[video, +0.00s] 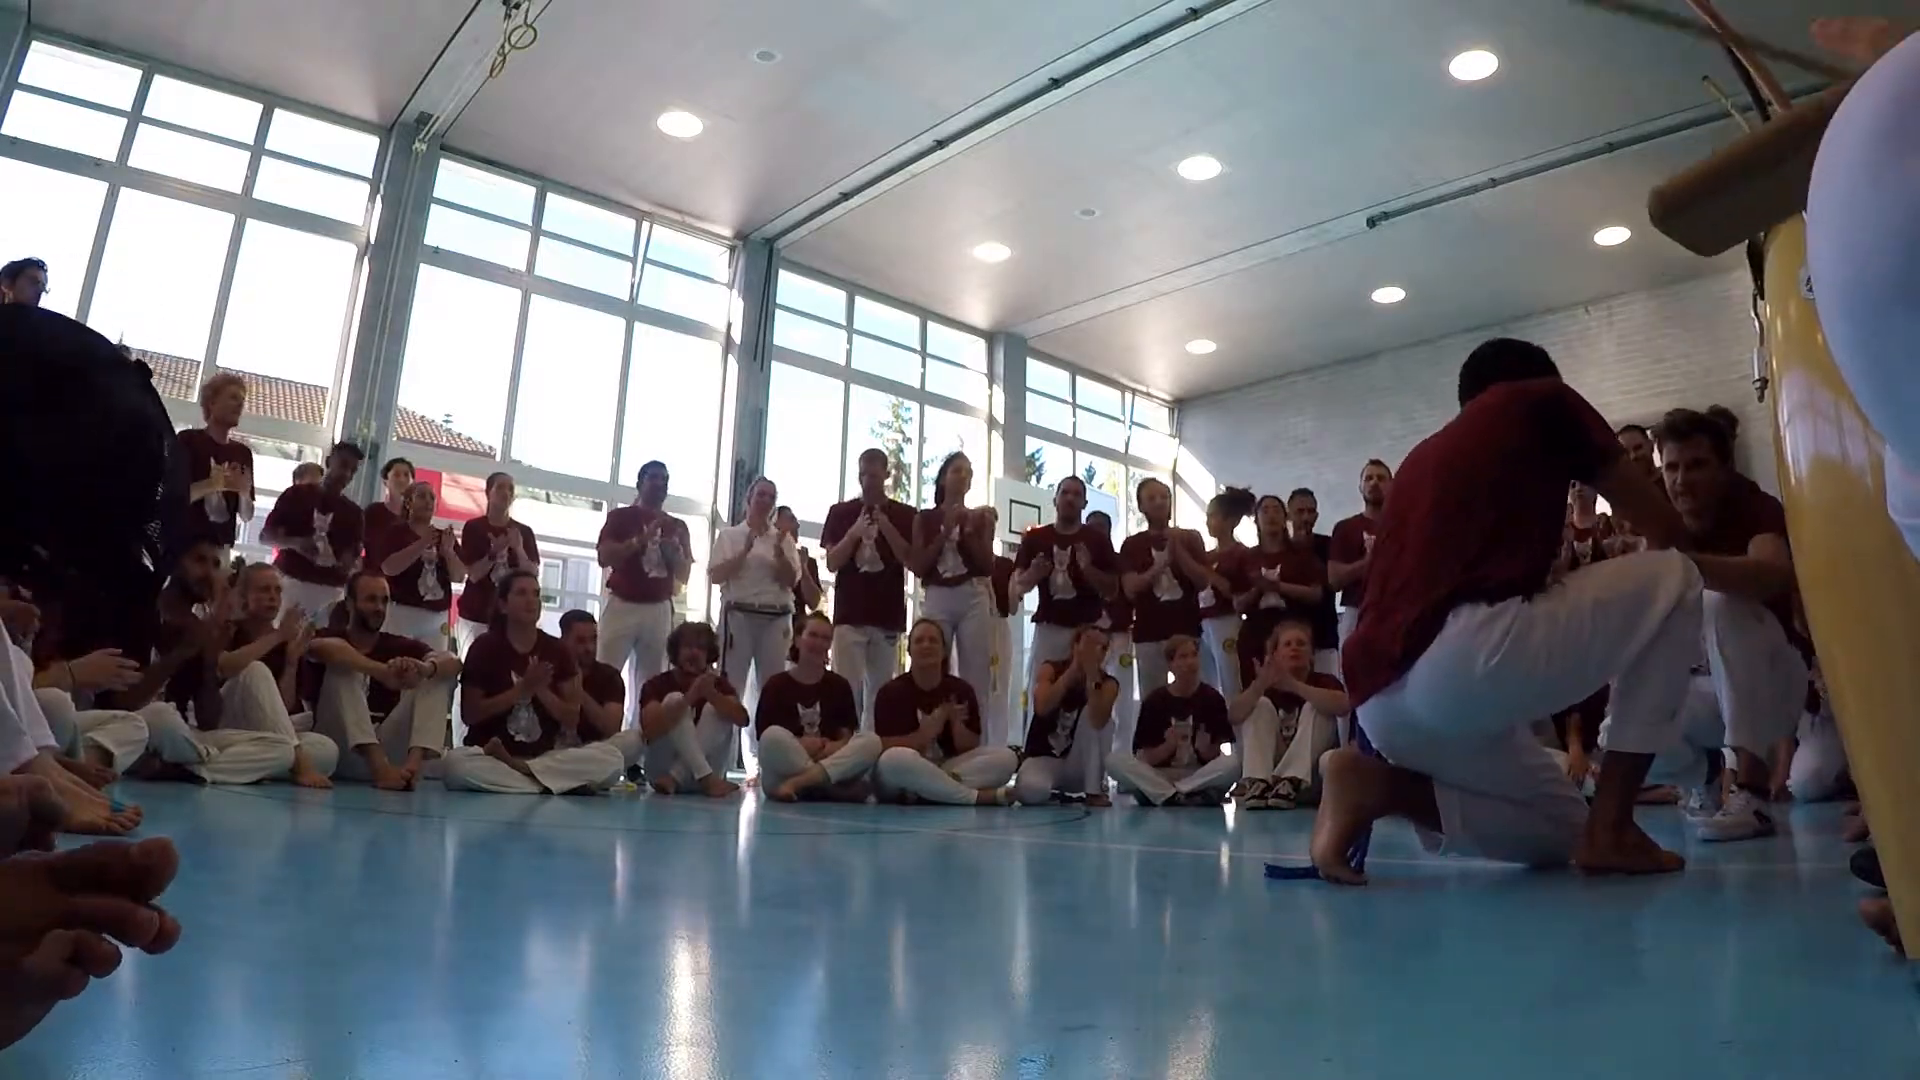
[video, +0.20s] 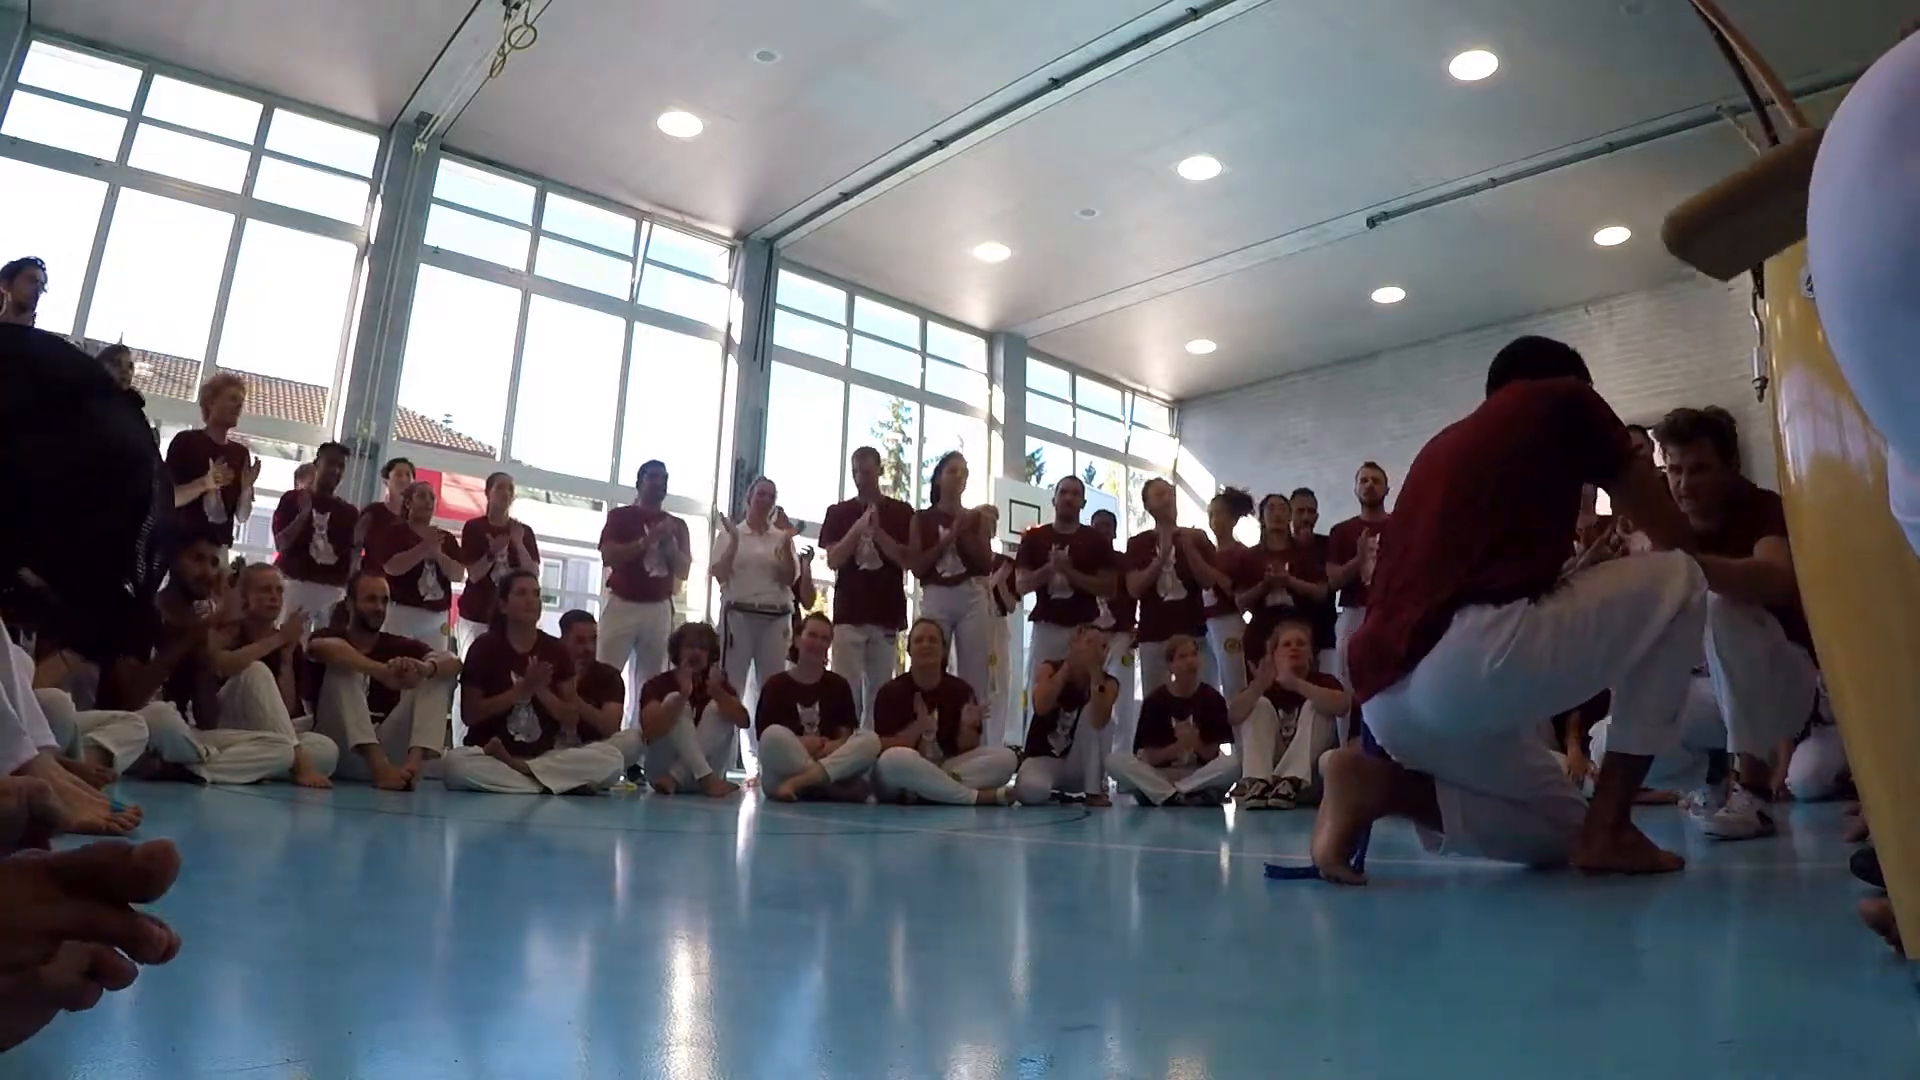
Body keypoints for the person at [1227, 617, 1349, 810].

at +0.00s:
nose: (1294, 649)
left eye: (1301, 644)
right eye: (1287, 644)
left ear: (1311, 655)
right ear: (1273, 655)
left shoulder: (1324, 681)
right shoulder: (1260, 685)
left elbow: (1343, 706)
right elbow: (1234, 717)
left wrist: (1292, 684)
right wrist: (1261, 683)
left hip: (1313, 770)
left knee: (1316, 707)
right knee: (1260, 705)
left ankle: (1290, 781)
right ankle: (1256, 780)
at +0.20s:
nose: (1294, 649)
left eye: (1301, 644)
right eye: (1286, 644)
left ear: (1311, 654)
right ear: (1273, 654)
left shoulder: (1324, 681)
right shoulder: (1260, 686)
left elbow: (1341, 707)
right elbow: (1234, 717)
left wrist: (1296, 683)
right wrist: (1258, 685)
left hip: (1312, 769)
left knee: (1316, 706)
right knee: (1259, 705)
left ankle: (1290, 781)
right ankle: (1256, 780)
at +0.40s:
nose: (1294, 649)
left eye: (1300, 644)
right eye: (1286, 644)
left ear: (1310, 652)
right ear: (1274, 653)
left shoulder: (1322, 681)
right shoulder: (1258, 687)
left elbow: (1340, 705)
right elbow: (1233, 716)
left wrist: (1293, 683)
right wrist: (1266, 679)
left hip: (1311, 767)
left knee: (1317, 706)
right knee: (1260, 704)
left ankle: (1289, 781)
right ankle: (1256, 781)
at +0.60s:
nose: (1293, 648)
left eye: (1300, 643)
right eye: (1285, 643)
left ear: (1309, 652)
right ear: (1273, 652)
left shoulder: (1322, 681)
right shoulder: (1258, 688)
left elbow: (1341, 706)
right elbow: (1233, 716)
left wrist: (1293, 682)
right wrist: (1268, 679)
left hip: (1311, 767)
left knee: (1317, 706)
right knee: (1259, 705)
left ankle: (1289, 781)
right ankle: (1256, 780)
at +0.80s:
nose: (1292, 648)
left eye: (1299, 643)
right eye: (1284, 644)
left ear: (1310, 652)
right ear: (1274, 655)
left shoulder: (1322, 681)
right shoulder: (1261, 688)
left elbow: (1340, 706)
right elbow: (1233, 715)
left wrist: (1294, 682)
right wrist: (1265, 680)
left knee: (1315, 706)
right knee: (1260, 705)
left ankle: (1289, 781)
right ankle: (1256, 781)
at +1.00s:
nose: (1292, 648)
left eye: (1299, 643)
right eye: (1284, 644)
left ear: (1309, 652)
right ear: (1272, 654)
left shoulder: (1322, 681)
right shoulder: (1257, 689)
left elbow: (1337, 705)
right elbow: (1235, 713)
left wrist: (1289, 681)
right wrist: (1269, 680)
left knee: (1312, 707)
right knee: (1262, 705)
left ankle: (1289, 781)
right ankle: (1256, 780)